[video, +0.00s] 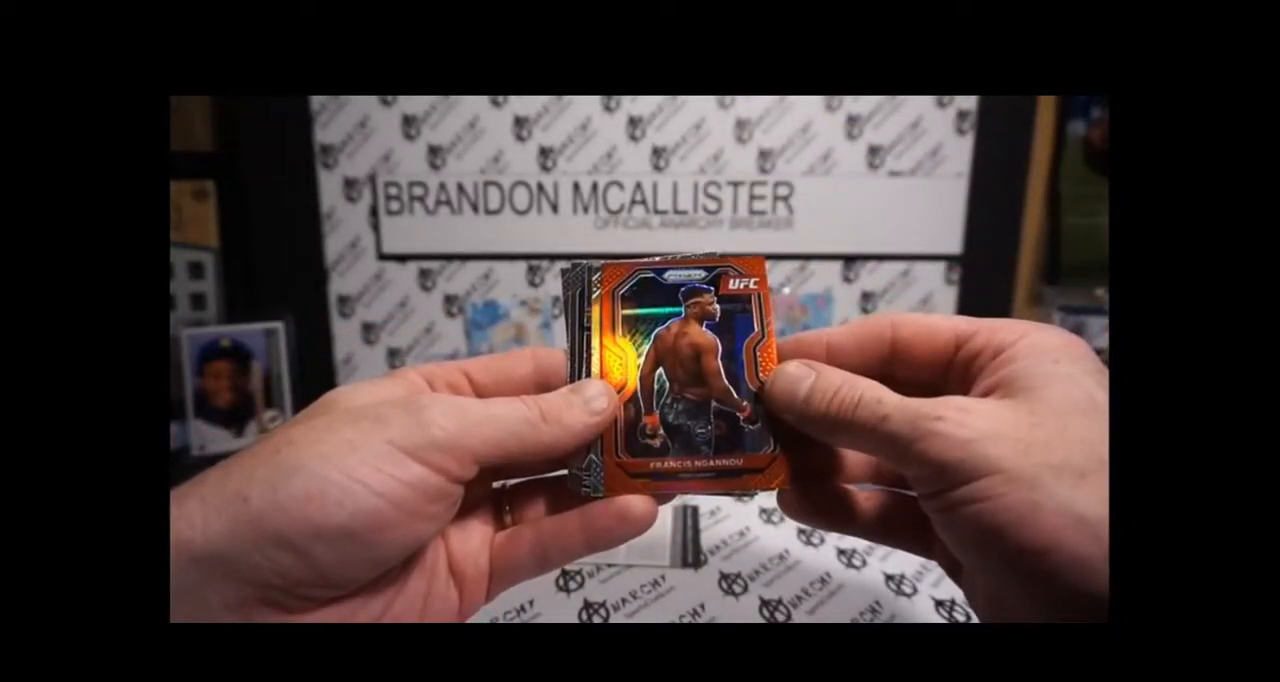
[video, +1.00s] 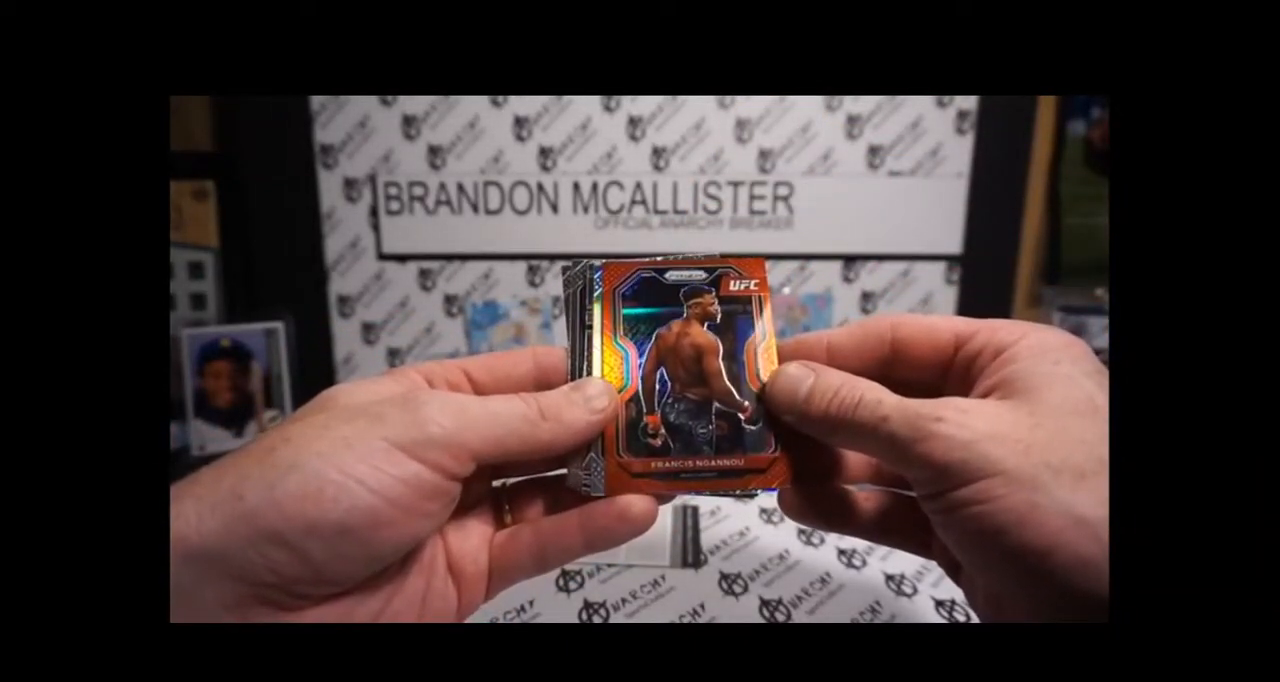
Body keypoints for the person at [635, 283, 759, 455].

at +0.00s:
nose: (717, 307)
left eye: (716, 302)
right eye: (711, 303)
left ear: (692, 309)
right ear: (693, 308)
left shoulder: (662, 334)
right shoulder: (706, 340)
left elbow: (646, 374)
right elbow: (718, 388)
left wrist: (649, 413)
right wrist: (742, 407)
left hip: (670, 406)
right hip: (696, 412)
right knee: (700, 474)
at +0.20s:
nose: (716, 308)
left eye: (715, 302)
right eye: (710, 304)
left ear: (691, 308)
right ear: (692, 308)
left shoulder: (661, 334)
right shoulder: (705, 340)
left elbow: (644, 374)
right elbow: (717, 389)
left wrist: (647, 413)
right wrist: (740, 407)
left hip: (668, 405)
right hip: (695, 411)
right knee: (700, 471)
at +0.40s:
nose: (715, 307)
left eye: (713, 302)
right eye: (709, 303)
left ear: (690, 309)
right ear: (691, 308)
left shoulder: (660, 334)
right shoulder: (705, 340)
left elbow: (644, 375)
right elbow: (716, 388)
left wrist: (647, 414)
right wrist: (741, 407)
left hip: (668, 407)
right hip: (695, 412)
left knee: (676, 469)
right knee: (700, 473)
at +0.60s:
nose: (716, 308)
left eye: (715, 303)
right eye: (711, 304)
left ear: (692, 309)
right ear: (693, 309)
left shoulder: (662, 335)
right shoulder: (706, 341)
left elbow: (646, 375)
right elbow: (718, 390)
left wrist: (649, 414)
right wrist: (742, 408)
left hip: (670, 408)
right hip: (697, 413)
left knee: (679, 470)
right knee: (701, 474)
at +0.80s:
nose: (716, 308)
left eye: (714, 302)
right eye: (710, 303)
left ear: (690, 308)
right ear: (692, 307)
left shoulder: (660, 334)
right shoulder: (705, 340)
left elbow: (644, 375)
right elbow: (717, 389)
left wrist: (647, 414)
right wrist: (741, 408)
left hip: (669, 408)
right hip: (695, 413)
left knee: (677, 470)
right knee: (699, 473)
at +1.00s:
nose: (718, 308)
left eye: (716, 303)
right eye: (713, 304)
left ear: (693, 309)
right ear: (694, 308)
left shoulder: (663, 334)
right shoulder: (708, 341)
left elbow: (648, 374)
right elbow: (720, 389)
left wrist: (650, 413)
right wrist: (743, 407)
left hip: (671, 407)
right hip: (698, 412)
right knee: (702, 474)